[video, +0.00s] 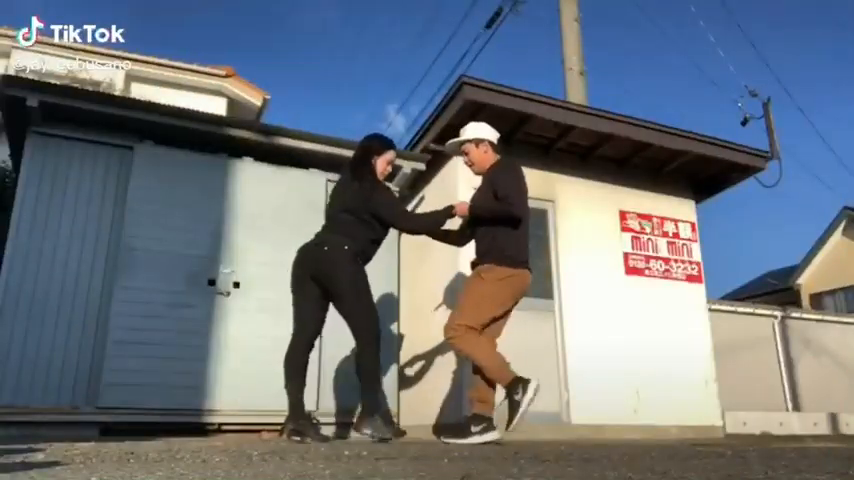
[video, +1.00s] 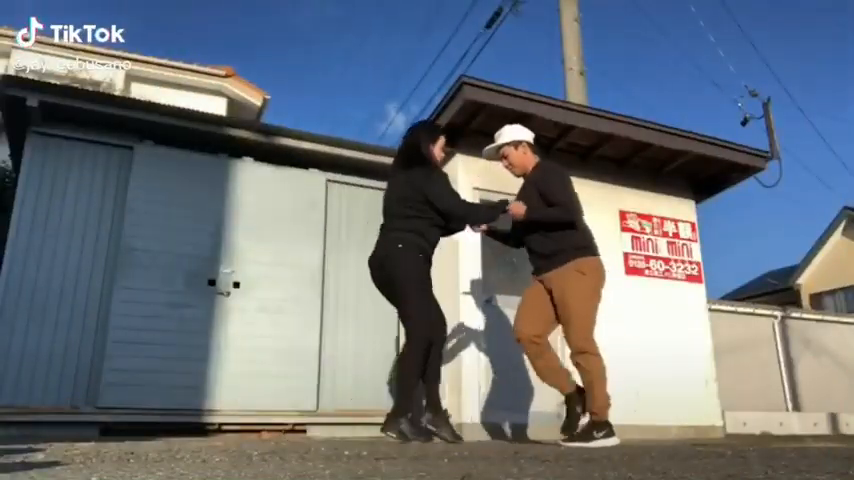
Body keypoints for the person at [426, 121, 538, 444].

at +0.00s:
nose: (465, 159)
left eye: (467, 152)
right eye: (463, 154)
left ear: (485, 146)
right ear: (482, 150)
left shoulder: (505, 170)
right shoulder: (487, 187)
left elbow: (515, 211)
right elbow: (461, 237)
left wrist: (470, 211)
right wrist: (423, 225)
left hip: (501, 270)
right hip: (503, 272)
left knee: (458, 331)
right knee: (483, 343)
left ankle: (514, 385)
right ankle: (481, 420)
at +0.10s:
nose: (471, 162)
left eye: (473, 154)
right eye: (470, 156)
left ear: (491, 148)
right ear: (488, 152)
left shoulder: (511, 174)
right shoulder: (497, 185)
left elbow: (518, 216)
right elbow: (470, 239)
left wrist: (476, 217)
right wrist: (431, 229)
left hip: (511, 274)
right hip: (499, 274)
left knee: (480, 342)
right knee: (485, 344)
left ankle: (538, 400)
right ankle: (482, 422)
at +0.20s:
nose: (479, 161)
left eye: (481, 154)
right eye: (477, 156)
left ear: (498, 148)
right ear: (495, 151)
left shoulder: (519, 174)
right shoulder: (503, 187)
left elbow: (526, 219)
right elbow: (493, 240)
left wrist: (482, 219)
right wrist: (452, 233)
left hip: (536, 270)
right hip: (509, 275)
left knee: (525, 344)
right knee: (488, 345)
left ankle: (565, 417)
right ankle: (483, 419)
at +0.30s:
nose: (488, 163)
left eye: (491, 155)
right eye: (486, 157)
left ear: (508, 150)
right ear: (504, 154)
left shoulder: (528, 178)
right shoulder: (513, 188)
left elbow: (528, 224)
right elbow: (517, 238)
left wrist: (482, 218)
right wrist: (483, 235)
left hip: (555, 267)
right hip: (528, 274)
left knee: (554, 343)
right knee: (497, 329)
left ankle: (571, 423)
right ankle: (527, 407)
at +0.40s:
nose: (496, 165)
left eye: (498, 158)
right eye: (494, 160)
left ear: (515, 151)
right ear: (511, 155)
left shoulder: (539, 178)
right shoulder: (521, 189)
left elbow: (528, 222)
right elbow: (530, 236)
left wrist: (482, 215)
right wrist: (511, 237)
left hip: (566, 268)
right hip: (541, 275)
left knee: (563, 345)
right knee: (528, 342)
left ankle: (574, 423)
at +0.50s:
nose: (502, 166)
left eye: (503, 158)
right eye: (500, 160)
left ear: (522, 150)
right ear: (518, 154)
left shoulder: (542, 176)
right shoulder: (539, 181)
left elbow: (531, 214)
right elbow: (528, 234)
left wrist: (486, 208)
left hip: (569, 267)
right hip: (566, 268)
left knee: (563, 346)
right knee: (567, 347)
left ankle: (572, 425)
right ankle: (627, 399)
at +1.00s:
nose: (504, 164)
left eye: (505, 156)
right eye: (501, 159)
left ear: (524, 148)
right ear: (517, 154)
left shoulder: (549, 173)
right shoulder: (526, 190)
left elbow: (570, 214)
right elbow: (520, 238)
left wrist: (528, 213)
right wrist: (490, 230)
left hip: (576, 268)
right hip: (547, 277)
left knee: (581, 344)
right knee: (528, 333)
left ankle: (601, 422)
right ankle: (572, 394)